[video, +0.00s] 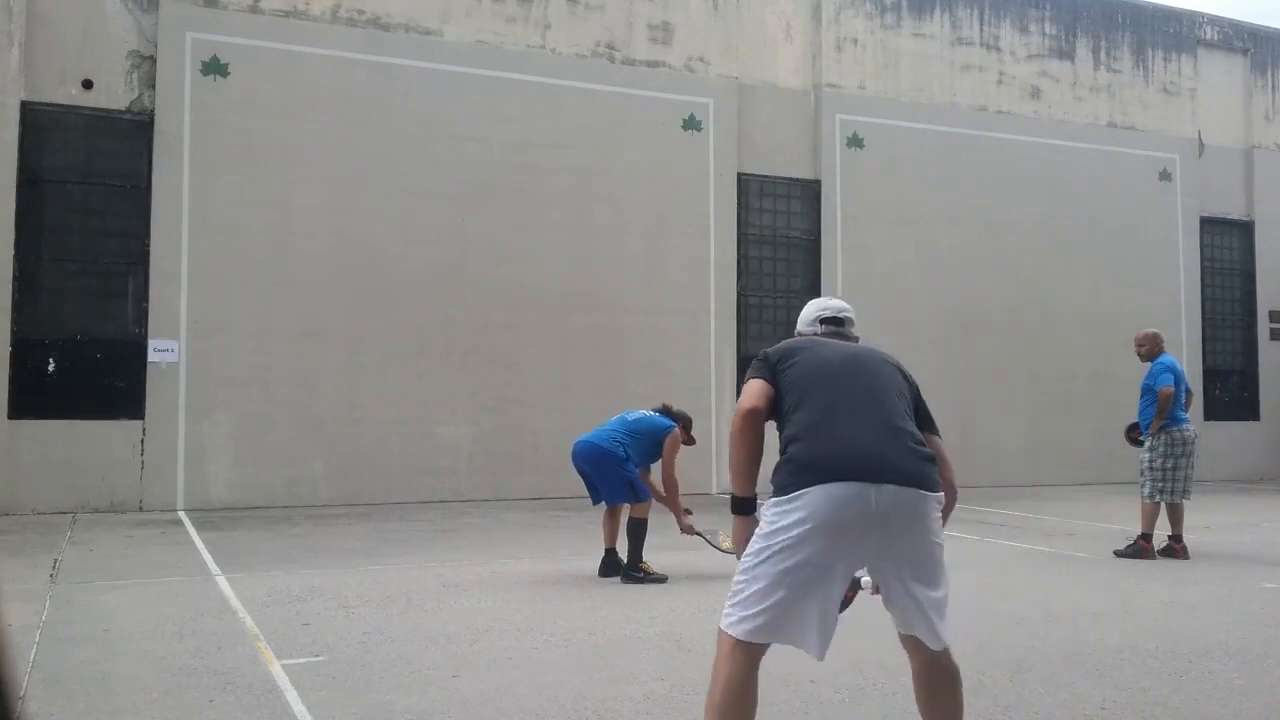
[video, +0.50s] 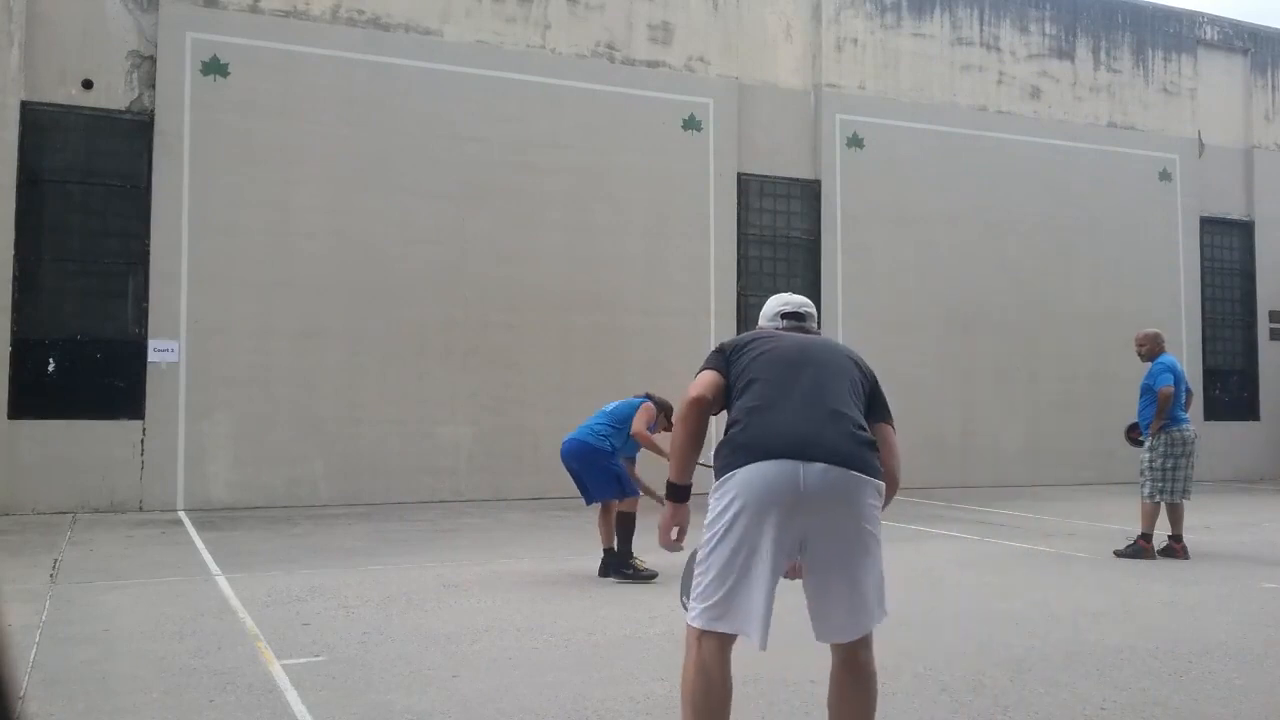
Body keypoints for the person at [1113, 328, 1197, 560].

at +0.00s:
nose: (1137, 351)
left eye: (1141, 346)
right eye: (1136, 347)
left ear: (1158, 345)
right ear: (1159, 347)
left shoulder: (1160, 365)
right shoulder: (1172, 363)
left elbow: (1167, 392)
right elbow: (1188, 394)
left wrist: (1157, 422)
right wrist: (1177, 419)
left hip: (1164, 435)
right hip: (1181, 432)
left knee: (1151, 489)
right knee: (1173, 491)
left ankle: (1144, 543)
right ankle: (1176, 543)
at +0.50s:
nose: (1138, 351)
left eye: (1142, 346)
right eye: (1137, 346)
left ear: (1159, 345)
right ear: (1160, 347)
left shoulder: (1160, 365)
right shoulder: (1173, 363)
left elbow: (1166, 392)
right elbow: (1189, 393)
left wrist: (1156, 422)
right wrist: (1177, 419)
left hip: (1164, 435)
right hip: (1181, 432)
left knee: (1151, 489)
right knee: (1173, 491)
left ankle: (1144, 543)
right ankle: (1176, 543)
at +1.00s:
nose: (1136, 351)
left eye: (1140, 346)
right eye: (1135, 347)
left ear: (1157, 345)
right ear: (1158, 347)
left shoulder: (1160, 365)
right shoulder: (1172, 363)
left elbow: (1166, 392)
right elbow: (1188, 393)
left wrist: (1156, 422)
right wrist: (1177, 419)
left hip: (1163, 435)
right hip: (1181, 432)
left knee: (1150, 489)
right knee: (1173, 491)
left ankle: (1144, 543)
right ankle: (1176, 543)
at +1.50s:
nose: (1122, 349)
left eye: (1126, 344)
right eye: (1122, 345)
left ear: (1139, 345)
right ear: (1143, 346)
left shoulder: (1148, 365)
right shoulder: (1160, 363)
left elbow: (1156, 391)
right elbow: (1178, 392)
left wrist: (1147, 425)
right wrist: (1167, 418)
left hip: (1157, 433)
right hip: (1174, 431)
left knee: (1140, 486)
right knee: (1169, 488)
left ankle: (1141, 541)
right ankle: (1176, 542)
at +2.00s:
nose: (1117, 346)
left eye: (1121, 342)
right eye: (1112, 342)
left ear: (1130, 342)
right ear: (1107, 345)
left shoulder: (1140, 364)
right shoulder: (1108, 368)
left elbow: (1148, 395)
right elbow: (1110, 405)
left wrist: (1117, 410)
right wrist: (1109, 433)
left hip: (1146, 433)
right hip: (1129, 436)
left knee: (1136, 489)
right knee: (1145, 489)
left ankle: (1134, 546)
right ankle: (1155, 542)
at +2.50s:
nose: (1070, 362)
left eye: (1073, 358)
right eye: (1071, 358)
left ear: (1083, 361)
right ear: (1091, 361)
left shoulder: (1088, 385)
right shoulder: (1106, 378)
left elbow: (1084, 426)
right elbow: (1108, 421)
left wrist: (1068, 445)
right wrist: (1086, 445)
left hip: (1118, 449)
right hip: (1138, 444)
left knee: (1084, 497)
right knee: (1131, 494)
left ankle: (1095, 552)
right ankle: (1151, 544)